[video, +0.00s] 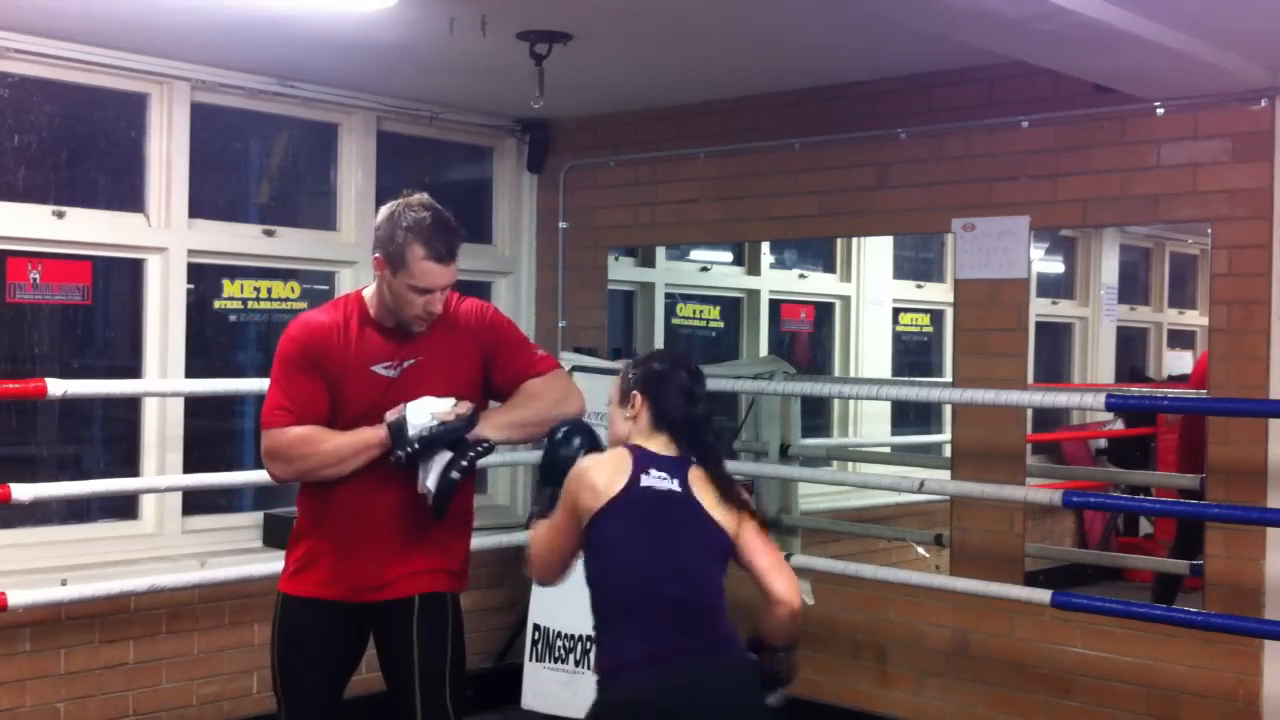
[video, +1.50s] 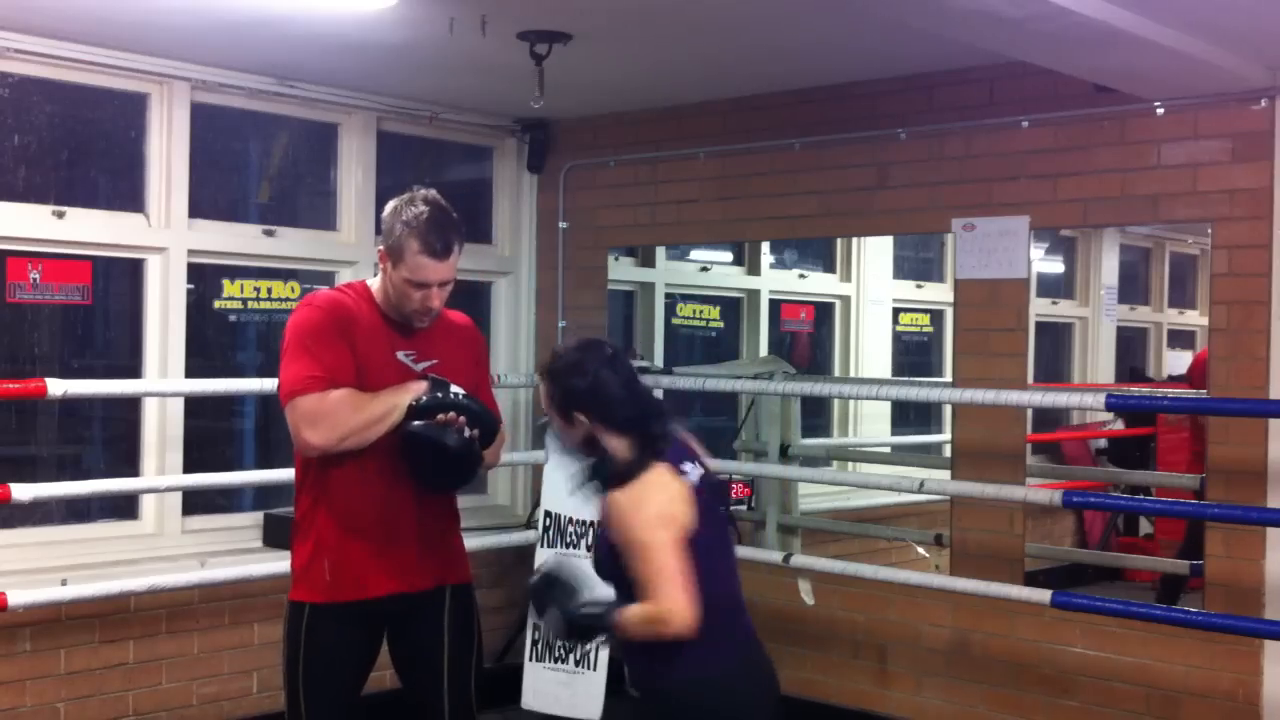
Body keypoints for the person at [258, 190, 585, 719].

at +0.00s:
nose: (437, 305)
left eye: (447, 289)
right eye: (423, 291)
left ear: (453, 267)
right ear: (381, 269)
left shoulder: (476, 324)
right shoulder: (315, 335)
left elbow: (563, 397)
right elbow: (282, 457)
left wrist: (470, 430)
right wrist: (392, 433)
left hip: (424, 577)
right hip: (322, 577)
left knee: (434, 711)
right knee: (303, 712)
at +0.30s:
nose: (435, 301)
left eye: (447, 285)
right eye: (422, 286)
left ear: (457, 267)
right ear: (382, 264)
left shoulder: (478, 323)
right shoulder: (317, 328)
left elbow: (552, 394)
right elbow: (281, 441)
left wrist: (467, 439)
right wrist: (389, 415)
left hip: (425, 563)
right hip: (327, 564)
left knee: (435, 708)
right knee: (306, 706)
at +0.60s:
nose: (467, 293)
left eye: (479, 279)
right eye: (455, 276)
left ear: (488, 267)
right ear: (416, 254)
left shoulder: (480, 345)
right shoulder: (341, 311)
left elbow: (497, 464)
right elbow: (320, 424)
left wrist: (468, 465)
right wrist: (424, 398)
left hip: (433, 576)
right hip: (334, 576)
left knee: (452, 709)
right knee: (314, 711)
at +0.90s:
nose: (471, 299)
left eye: (483, 285)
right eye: (459, 282)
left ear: (492, 271)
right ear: (421, 258)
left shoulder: (478, 345)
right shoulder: (342, 315)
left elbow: (498, 467)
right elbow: (324, 432)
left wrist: (478, 456)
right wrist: (431, 401)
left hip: (439, 579)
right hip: (339, 580)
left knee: (456, 710)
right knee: (318, 712)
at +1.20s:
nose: (452, 307)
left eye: (465, 291)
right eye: (439, 291)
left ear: (476, 273)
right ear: (404, 263)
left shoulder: (478, 341)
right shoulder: (333, 316)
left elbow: (502, 458)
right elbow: (316, 433)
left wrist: (467, 436)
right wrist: (419, 391)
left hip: (439, 579)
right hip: (340, 583)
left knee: (456, 711)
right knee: (320, 713)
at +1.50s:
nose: (436, 300)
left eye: (446, 285)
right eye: (421, 285)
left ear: (455, 267)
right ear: (384, 263)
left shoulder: (462, 334)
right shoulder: (323, 315)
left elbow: (495, 442)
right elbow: (315, 429)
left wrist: (464, 441)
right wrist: (420, 390)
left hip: (437, 578)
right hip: (336, 582)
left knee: (452, 709)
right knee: (319, 713)